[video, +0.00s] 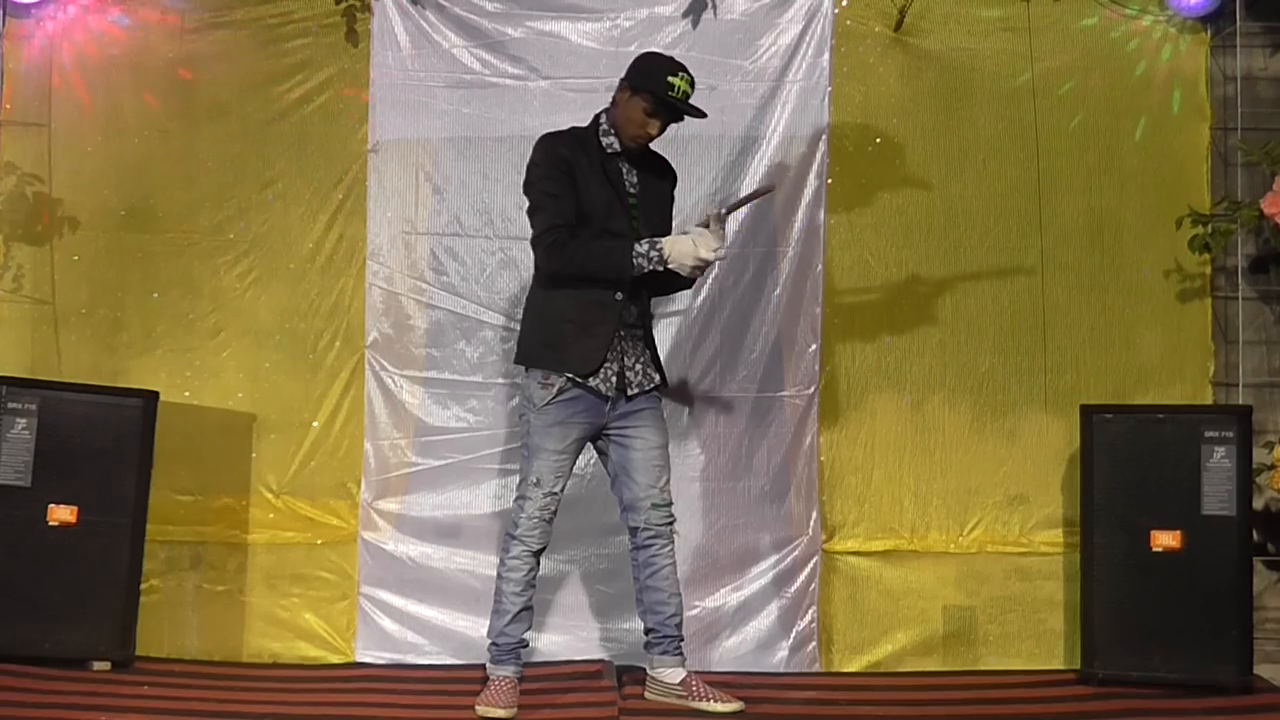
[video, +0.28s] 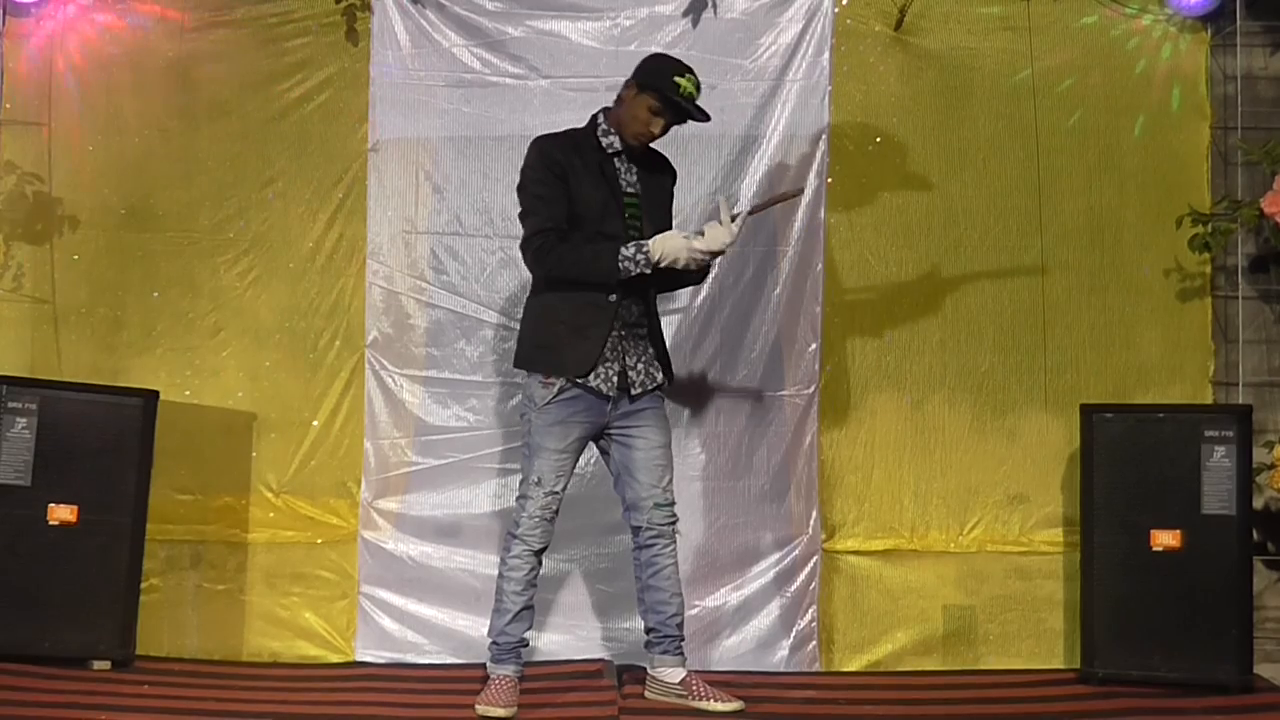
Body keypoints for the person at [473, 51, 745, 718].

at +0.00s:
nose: (660, 127)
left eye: (669, 119)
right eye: (655, 112)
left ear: (669, 119)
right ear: (623, 94)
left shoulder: (659, 177)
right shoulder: (558, 151)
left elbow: (643, 281)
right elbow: (555, 254)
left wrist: (689, 264)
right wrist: (653, 253)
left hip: (635, 373)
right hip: (561, 372)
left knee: (653, 520)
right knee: (532, 524)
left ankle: (667, 673)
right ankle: (502, 673)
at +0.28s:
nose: (661, 127)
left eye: (672, 120)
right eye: (657, 111)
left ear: (673, 120)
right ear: (627, 91)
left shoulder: (657, 174)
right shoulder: (553, 153)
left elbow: (644, 278)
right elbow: (545, 256)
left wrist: (700, 255)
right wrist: (645, 253)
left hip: (640, 377)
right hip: (566, 375)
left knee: (655, 519)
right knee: (533, 522)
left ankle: (667, 672)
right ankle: (503, 671)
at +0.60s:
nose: (658, 124)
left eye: (668, 117)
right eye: (653, 109)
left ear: (671, 118)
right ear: (624, 90)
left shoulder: (658, 174)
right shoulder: (555, 149)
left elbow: (639, 278)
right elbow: (551, 254)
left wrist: (689, 260)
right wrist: (653, 251)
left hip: (634, 373)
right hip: (559, 371)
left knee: (652, 518)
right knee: (532, 520)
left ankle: (666, 670)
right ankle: (502, 670)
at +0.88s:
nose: (648, 115)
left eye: (658, 106)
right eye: (642, 99)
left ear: (662, 111)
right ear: (612, 87)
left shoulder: (652, 166)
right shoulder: (545, 153)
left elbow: (642, 271)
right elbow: (544, 258)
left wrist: (692, 250)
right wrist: (644, 249)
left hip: (638, 374)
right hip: (562, 374)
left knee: (654, 518)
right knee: (533, 522)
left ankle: (666, 670)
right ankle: (503, 669)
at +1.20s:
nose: (631, 90)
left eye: (647, 84)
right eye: (623, 76)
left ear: (662, 98)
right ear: (606, 80)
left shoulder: (662, 171)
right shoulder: (558, 150)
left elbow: (642, 279)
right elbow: (556, 254)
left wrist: (692, 260)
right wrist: (659, 249)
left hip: (638, 370)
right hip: (564, 368)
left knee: (656, 518)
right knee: (534, 518)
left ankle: (666, 670)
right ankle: (503, 668)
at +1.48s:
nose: (641, 97)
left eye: (650, 88)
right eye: (630, 83)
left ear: (657, 95)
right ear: (600, 82)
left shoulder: (658, 171)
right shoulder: (551, 154)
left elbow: (645, 274)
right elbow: (539, 254)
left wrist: (701, 253)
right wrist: (636, 240)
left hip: (640, 374)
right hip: (565, 372)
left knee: (656, 519)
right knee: (534, 520)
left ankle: (667, 669)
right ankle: (503, 668)